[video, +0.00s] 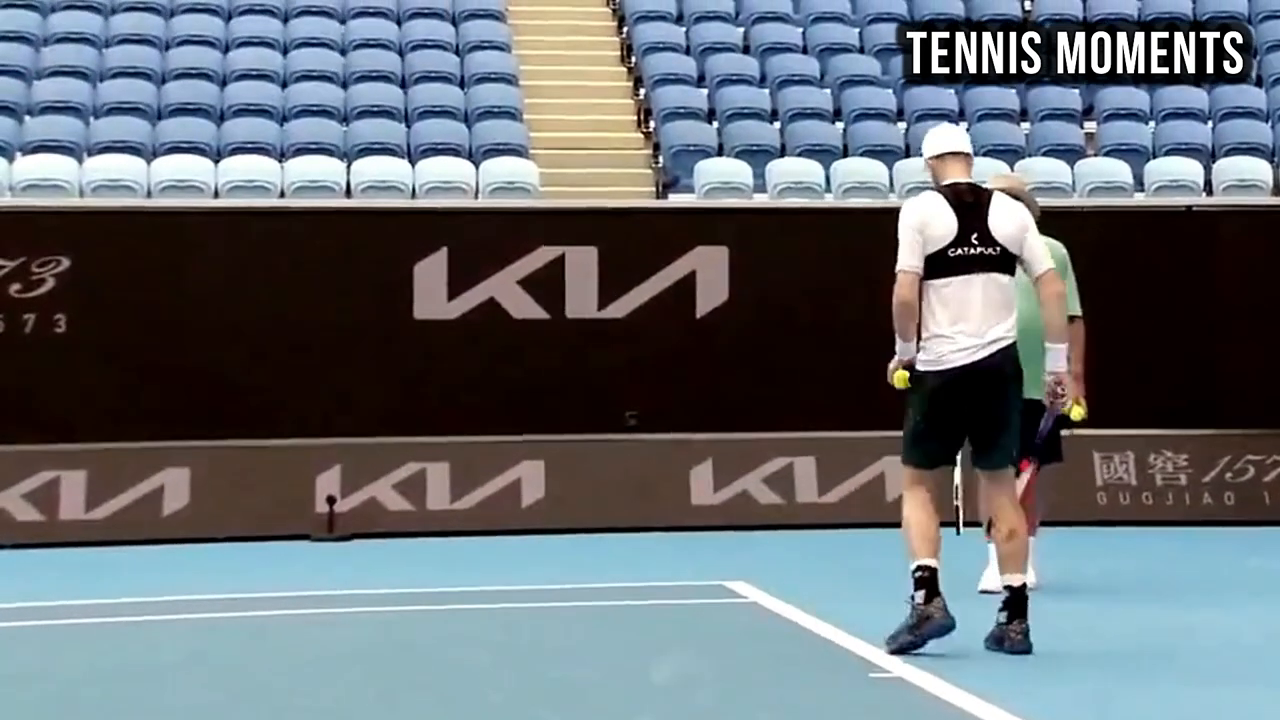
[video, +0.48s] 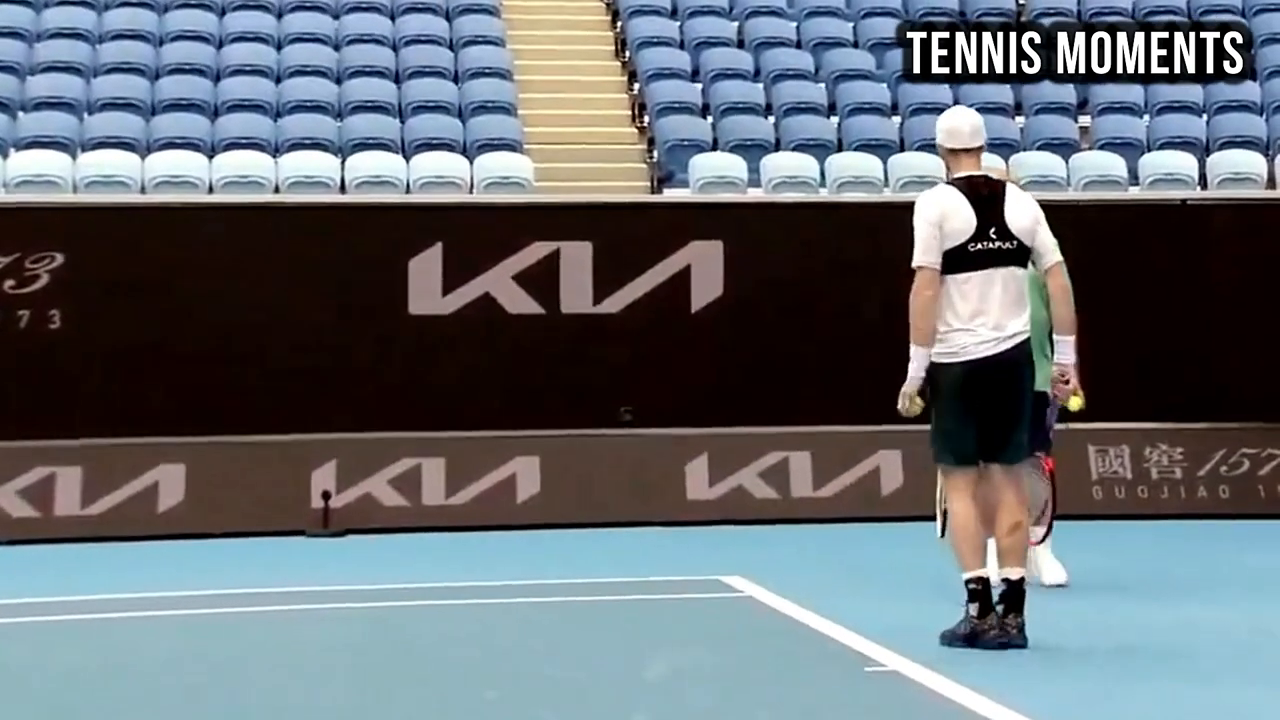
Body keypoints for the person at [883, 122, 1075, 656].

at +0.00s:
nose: (935, 168)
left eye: (929, 162)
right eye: (952, 157)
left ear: (930, 165)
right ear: (971, 160)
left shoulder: (918, 210)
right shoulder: (1011, 209)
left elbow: (906, 290)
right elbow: (1050, 286)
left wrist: (905, 352)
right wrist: (1058, 364)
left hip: (939, 374)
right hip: (1000, 369)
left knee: (919, 484)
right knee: (1002, 491)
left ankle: (928, 602)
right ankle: (1015, 619)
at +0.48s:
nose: (953, 158)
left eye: (944, 151)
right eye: (966, 147)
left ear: (941, 151)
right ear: (984, 146)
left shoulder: (933, 204)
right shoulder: (1021, 200)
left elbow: (926, 288)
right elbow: (1058, 281)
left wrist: (916, 369)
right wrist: (1065, 357)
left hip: (957, 369)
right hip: (1014, 364)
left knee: (959, 484)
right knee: (1009, 479)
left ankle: (980, 612)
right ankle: (1011, 614)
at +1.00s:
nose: (923, 138)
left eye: (917, 132)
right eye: (938, 124)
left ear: (916, 131)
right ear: (957, 123)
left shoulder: (916, 182)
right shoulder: (1000, 172)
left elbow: (915, 266)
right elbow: (1045, 246)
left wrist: (892, 297)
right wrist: (1047, 323)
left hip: (955, 341)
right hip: (1009, 334)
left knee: (952, 465)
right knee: (993, 461)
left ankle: (964, 588)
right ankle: (1012, 583)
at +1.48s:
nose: (957, 141)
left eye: (956, 133)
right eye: (971, 129)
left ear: (961, 133)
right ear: (1001, 126)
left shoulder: (958, 181)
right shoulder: (1043, 180)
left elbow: (951, 263)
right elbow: (1072, 266)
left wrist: (938, 342)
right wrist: (1044, 316)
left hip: (972, 345)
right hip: (1029, 343)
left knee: (962, 465)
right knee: (1025, 463)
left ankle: (970, 593)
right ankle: (1028, 596)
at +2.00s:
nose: (959, 153)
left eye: (958, 146)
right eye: (960, 146)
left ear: (966, 141)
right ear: (1004, 134)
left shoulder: (970, 186)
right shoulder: (1049, 192)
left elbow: (961, 266)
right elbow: (1069, 282)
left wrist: (938, 343)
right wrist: (1053, 340)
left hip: (976, 351)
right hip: (1035, 352)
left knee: (949, 462)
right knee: (1026, 466)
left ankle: (956, 594)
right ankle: (1030, 600)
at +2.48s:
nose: (881, 162)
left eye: (883, 151)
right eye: (879, 152)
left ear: (905, 146)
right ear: (926, 146)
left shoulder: (902, 202)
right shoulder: (984, 189)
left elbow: (896, 289)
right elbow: (1018, 271)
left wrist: (879, 370)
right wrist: (1015, 342)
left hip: (942, 353)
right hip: (1003, 348)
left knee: (920, 467)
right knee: (1008, 467)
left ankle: (914, 592)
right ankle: (1026, 594)